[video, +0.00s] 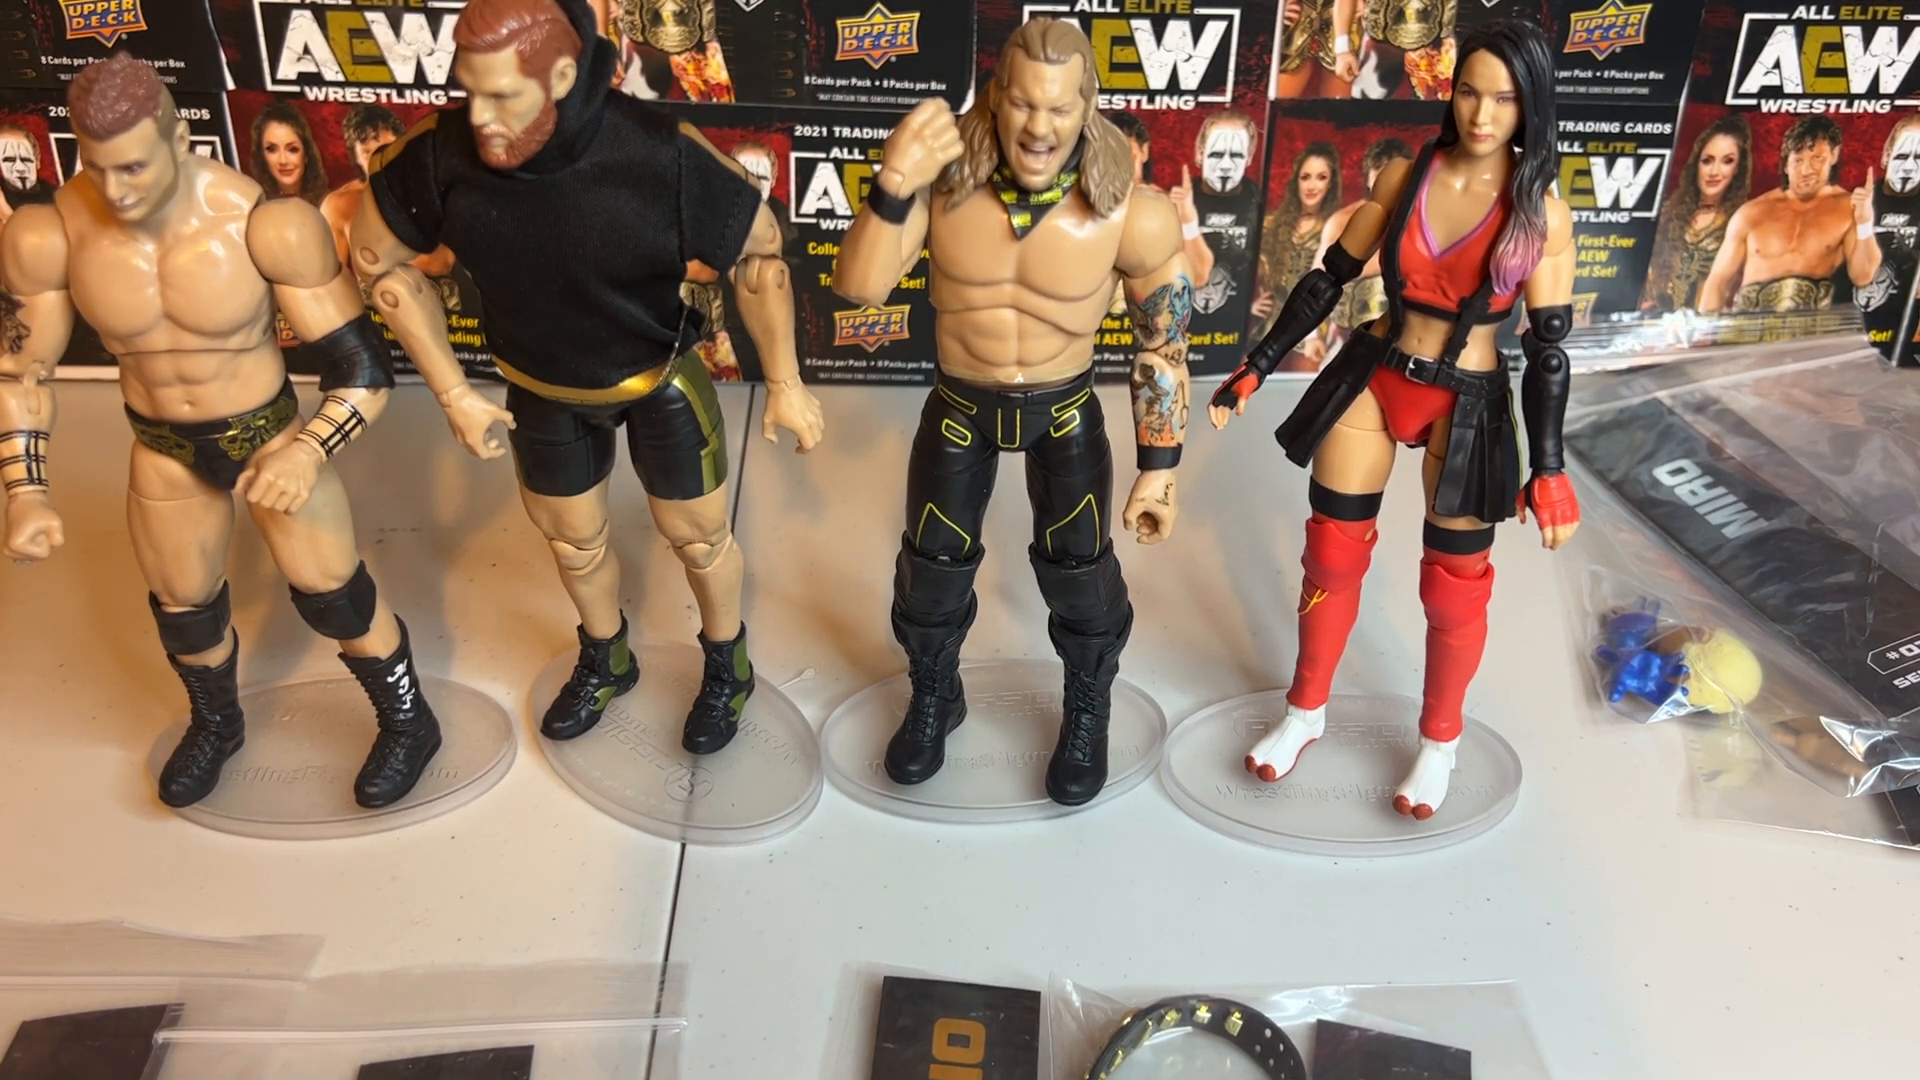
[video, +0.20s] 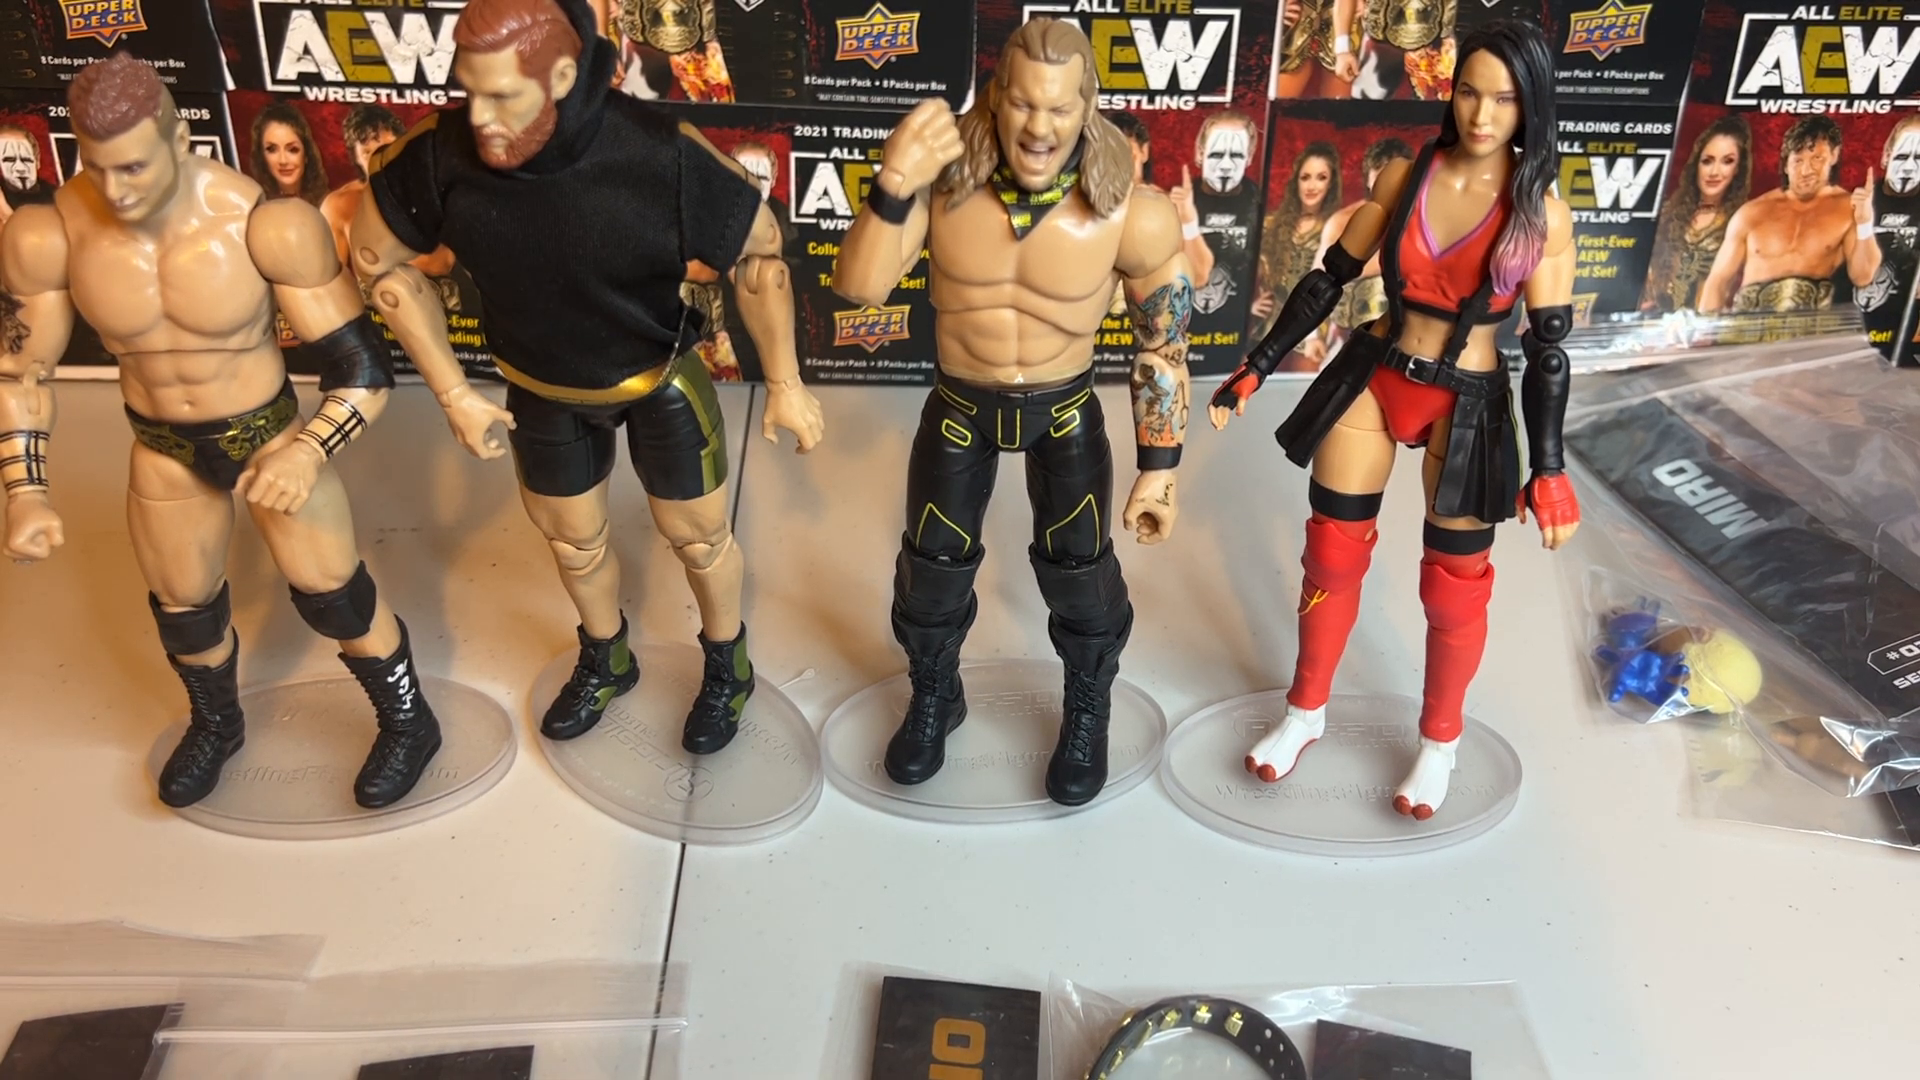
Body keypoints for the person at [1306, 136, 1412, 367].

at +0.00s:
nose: (1387, 181)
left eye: (1395, 173)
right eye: (1381, 171)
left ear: (1410, 176)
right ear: (1368, 175)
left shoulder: (1418, 216)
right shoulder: (1344, 221)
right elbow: (1321, 279)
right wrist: (1315, 335)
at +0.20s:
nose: (1388, 183)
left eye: (1397, 175)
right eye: (1381, 174)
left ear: (1410, 177)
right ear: (1368, 175)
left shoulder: (1418, 218)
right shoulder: (1343, 221)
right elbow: (1321, 280)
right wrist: (1314, 334)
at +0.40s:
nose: (1389, 180)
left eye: (1396, 173)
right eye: (1382, 170)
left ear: (1410, 177)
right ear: (1367, 174)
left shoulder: (1418, 216)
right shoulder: (1343, 221)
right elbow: (1322, 278)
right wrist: (1315, 335)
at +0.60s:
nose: (1388, 180)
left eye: (1396, 173)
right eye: (1381, 170)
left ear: (1410, 176)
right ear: (1367, 174)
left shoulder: (1416, 216)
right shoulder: (1344, 220)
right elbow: (1320, 277)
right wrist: (1314, 333)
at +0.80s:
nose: (1388, 180)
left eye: (1396, 173)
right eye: (1381, 171)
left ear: (1410, 177)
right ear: (1368, 174)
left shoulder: (1416, 216)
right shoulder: (1344, 219)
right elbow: (1321, 276)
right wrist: (1314, 334)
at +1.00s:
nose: (1388, 180)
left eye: (1396, 173)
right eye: (1381, 171)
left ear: (1410, 177)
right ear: (1367, 175)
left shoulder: (1416, 217)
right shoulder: (1343, 220)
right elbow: (1321, 276)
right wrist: (1314, 334)